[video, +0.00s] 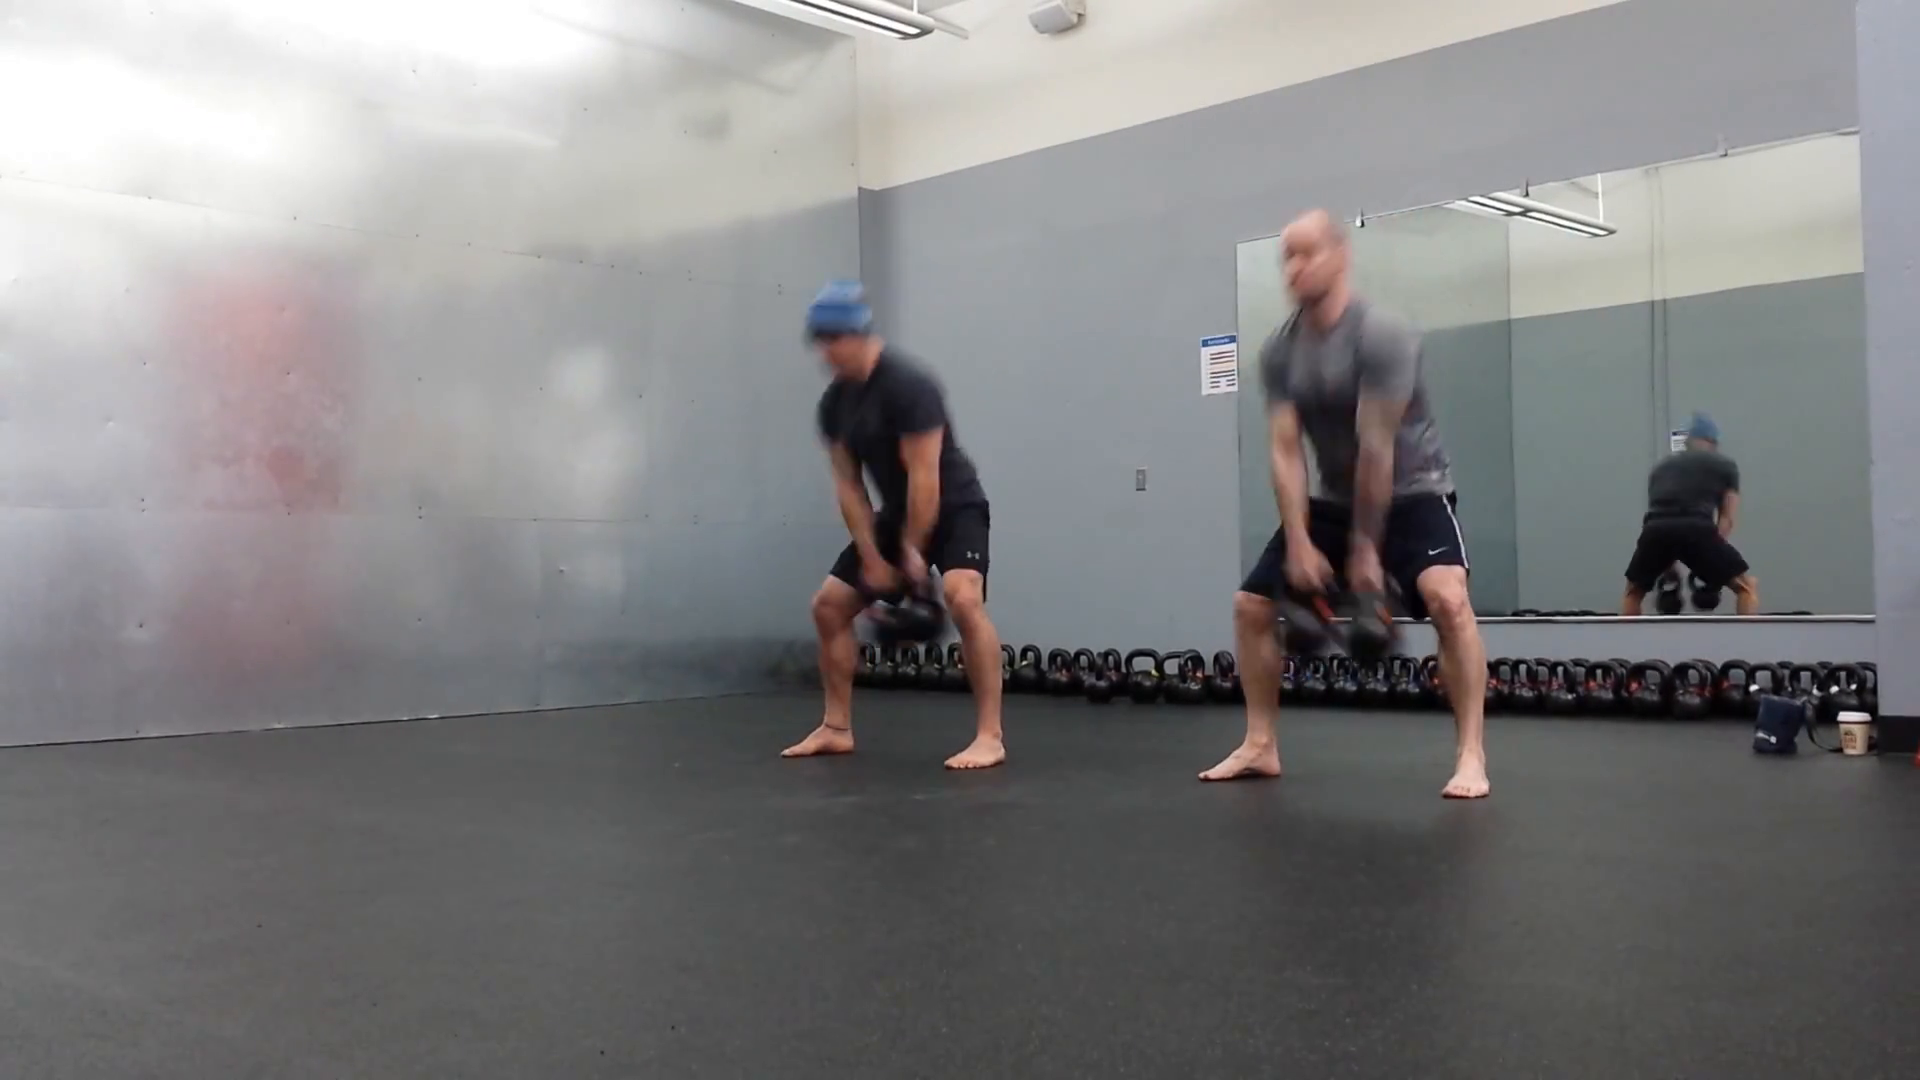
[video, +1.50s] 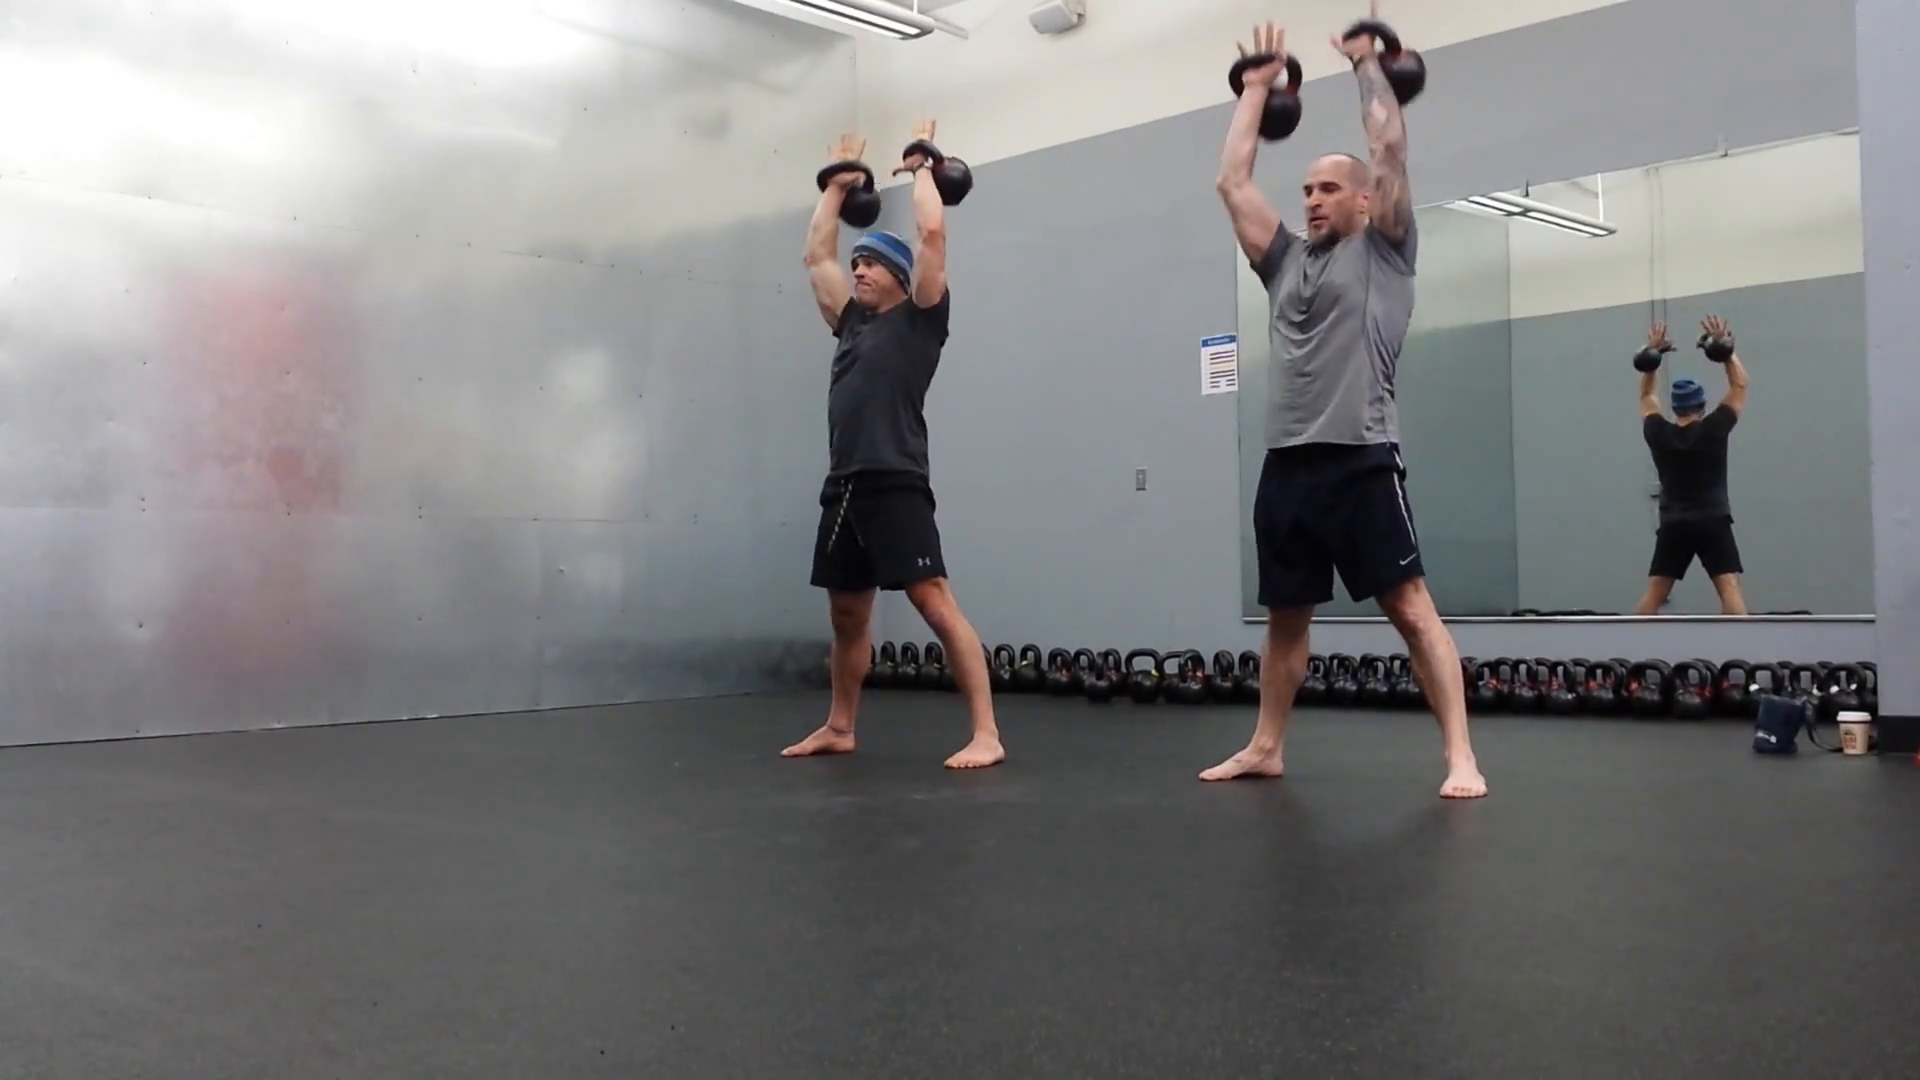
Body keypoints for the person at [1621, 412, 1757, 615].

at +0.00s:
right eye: (1712, 443)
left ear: (1687, 440)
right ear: (1713, 443)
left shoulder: (1662, 465)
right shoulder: (1723, 465)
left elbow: (1658, 520)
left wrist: (1670, 574)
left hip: (1656, 532)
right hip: (1698, 533)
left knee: (1633, 594)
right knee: (1746, 587)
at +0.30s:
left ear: (1695, 471)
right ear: (1721, 473)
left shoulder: (1669, 490)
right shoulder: (1730, 492)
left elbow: (1660, 527)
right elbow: (1725, 536)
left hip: (1655, 541)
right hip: (1699, 542)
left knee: (1627, 594)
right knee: (1754, 590)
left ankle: (1627, 647)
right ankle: (1748, 643)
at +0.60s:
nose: (1682, 409)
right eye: (1681, 405)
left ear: (1654, 407)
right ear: (1680, 405)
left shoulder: (1634, 438)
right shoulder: (1696, 430)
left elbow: (1647, 472)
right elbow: (1721, 461)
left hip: (1657, 528)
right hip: (1697, 525)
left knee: (1644, 594)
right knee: (1723, 588)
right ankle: (1744, 647)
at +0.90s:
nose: (1700, 411)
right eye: (1699, 408)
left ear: (1671, 409)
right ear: (1700, 409)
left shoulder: (1654, 435)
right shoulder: (1710, 430)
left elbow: (1655, 402)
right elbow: (1735, 398)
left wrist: (1660, 373)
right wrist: (1729, 364)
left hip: (1671, 525)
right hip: (1709, 524)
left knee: (1652, 596)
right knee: (1727, 591)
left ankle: (1627, 654)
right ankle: (1744, 654)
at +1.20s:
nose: (1704, 409)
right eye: (1706, 405)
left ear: (1680, 408)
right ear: (1709, 407)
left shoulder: (1664, 433)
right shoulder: (1716, 428)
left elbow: (1655, 389)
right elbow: (1726, 380)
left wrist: (1657, 346)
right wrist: (1719, 338)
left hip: (1676, 524)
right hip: (1714, 522)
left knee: (1655, 595)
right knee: (1730, 591)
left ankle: (1625, 652)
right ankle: (1745, 657)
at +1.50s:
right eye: (1699, 404)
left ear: (1673, 409)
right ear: (1703, 406)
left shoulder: (1659, 436)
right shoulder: (1715, 429)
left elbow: (1647, 394)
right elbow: (1739, 385)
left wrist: (1652, 354)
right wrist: (1725, 349)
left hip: (1674, 525)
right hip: (1712, 523)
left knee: (1654, 595)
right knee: (1729, 590)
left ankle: (1627, 650)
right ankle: (1745, 651)